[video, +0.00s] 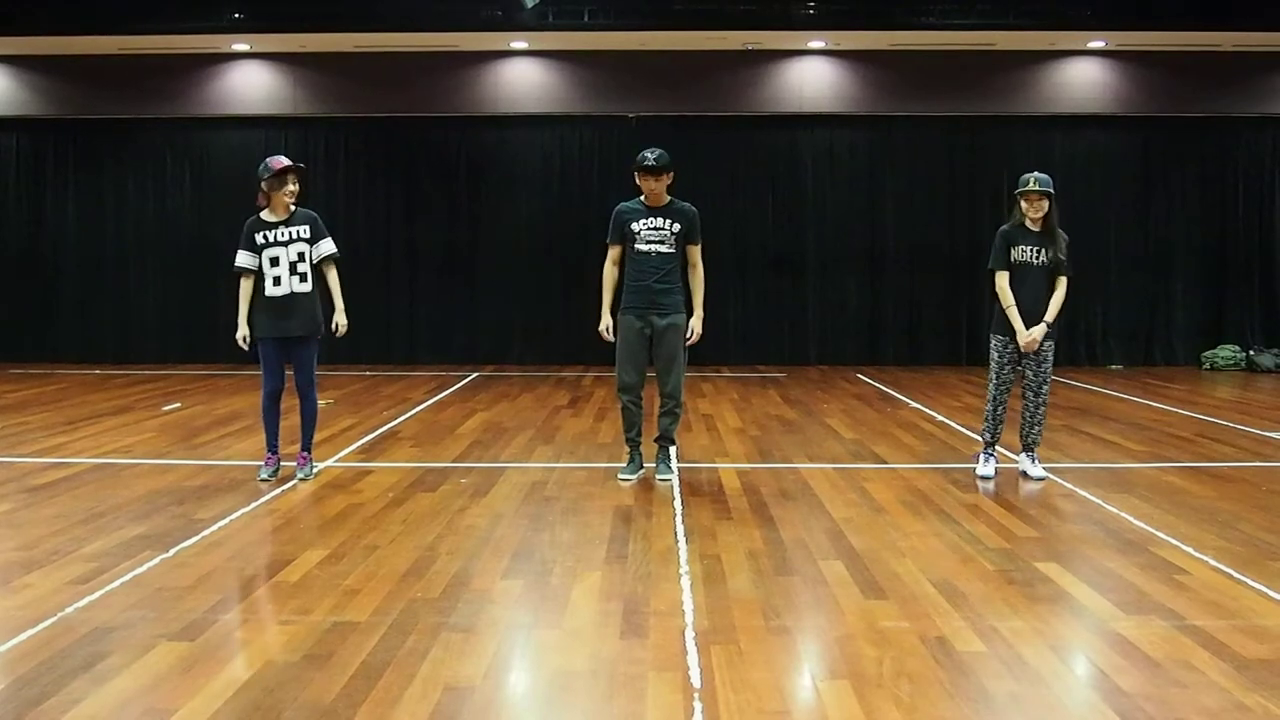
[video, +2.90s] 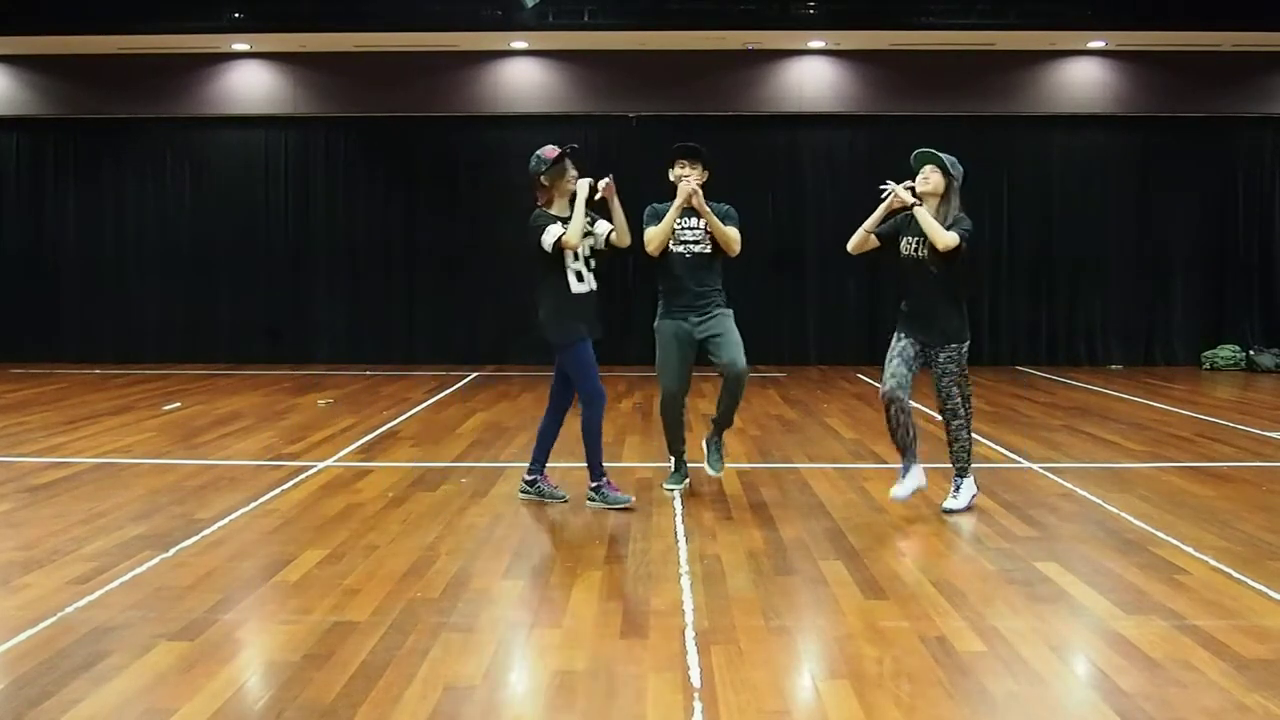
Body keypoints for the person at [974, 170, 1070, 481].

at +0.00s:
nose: (1034, 204)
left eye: (1040, 198)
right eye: (1028, 198)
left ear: (1049, 202)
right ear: (1019, 201)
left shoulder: (1059, 239)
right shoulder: (1006, 235)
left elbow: (1061, 287)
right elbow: (1001, 284)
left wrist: (1043, 327)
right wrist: (1020, 329)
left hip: (1043, 332)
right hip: (1006, 330)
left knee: (1037, 396)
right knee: (998, 391)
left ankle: (1029, 454)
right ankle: (988, 452)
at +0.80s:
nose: (1029, 210)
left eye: (1036, 205)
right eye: (1025, 205)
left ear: (1049, 209)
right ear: (1020, 208)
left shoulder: (1064, 245)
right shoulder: (1007, 241)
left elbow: (1081, 293)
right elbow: (980, 283)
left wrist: (1054, 306)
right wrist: (1002, 288)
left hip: (1047, 331)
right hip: (1011, 325)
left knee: (1042, 397)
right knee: (1009, 374)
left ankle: (1028, 454)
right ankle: (1008, 395)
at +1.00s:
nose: (1021, 199)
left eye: (1028, 194)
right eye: (1017, 194)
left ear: (1042, 198)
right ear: (1012, 198)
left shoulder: (1058, 235)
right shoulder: (1003, 232)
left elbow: (1073, 274)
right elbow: (972, 272)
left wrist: (1042, 250)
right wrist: (993, 238)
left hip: (1040, 326)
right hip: (1003, 321)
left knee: (1034, 389)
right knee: (999, 383)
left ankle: (1029, 453)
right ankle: (1003, 447)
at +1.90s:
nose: (989, 188)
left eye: (997, 184)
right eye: (986, 183)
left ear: (1013, 191)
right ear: (981, 190)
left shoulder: (1025, 224)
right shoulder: (971, 221)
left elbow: (1025, 247)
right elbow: (927, 249)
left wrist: (993, 214)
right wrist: (957, 216)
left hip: (1014, 325)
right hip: (978, 320)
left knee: (1011, 398)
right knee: (965, 374)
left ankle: (1014, 465)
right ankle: (983, 434)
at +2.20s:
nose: (971, 197)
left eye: (980, 193)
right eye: (969, 193)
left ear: (996, 201)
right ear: (964, 200)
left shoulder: (1011, 239)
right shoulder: (956, 238)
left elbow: (1008, 268)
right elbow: (918, 267)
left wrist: (978, 231)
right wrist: (943, 228)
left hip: (994, 332)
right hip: (958, 333)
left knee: (964, 384)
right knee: (959, 407)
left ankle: (991, 428)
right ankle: (980, 476)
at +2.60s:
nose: (944, 200)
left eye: (953, 195)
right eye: (942, 194)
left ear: (970, 202)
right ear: (938, 201)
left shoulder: (985, 240)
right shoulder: (932, 237)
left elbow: (977, 268)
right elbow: (891, 267)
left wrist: (944, 230)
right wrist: (916, 226)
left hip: (972, 339)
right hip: (935, 335)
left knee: (957, 410)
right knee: (920, 405)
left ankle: (968, 488)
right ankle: (955, 440)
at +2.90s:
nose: (921, 176)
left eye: (930, 173)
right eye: (920, 172)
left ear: (948, 184)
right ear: (916, 185)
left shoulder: (959, 222)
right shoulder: (906, 220)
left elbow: (944, 242)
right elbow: (855, 246)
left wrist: (914, 205)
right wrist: (884, 209)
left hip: (949, 331)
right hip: (910, 327)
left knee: (953, 406)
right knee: (892, 393)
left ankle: (963, 480)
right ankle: (911, 469)